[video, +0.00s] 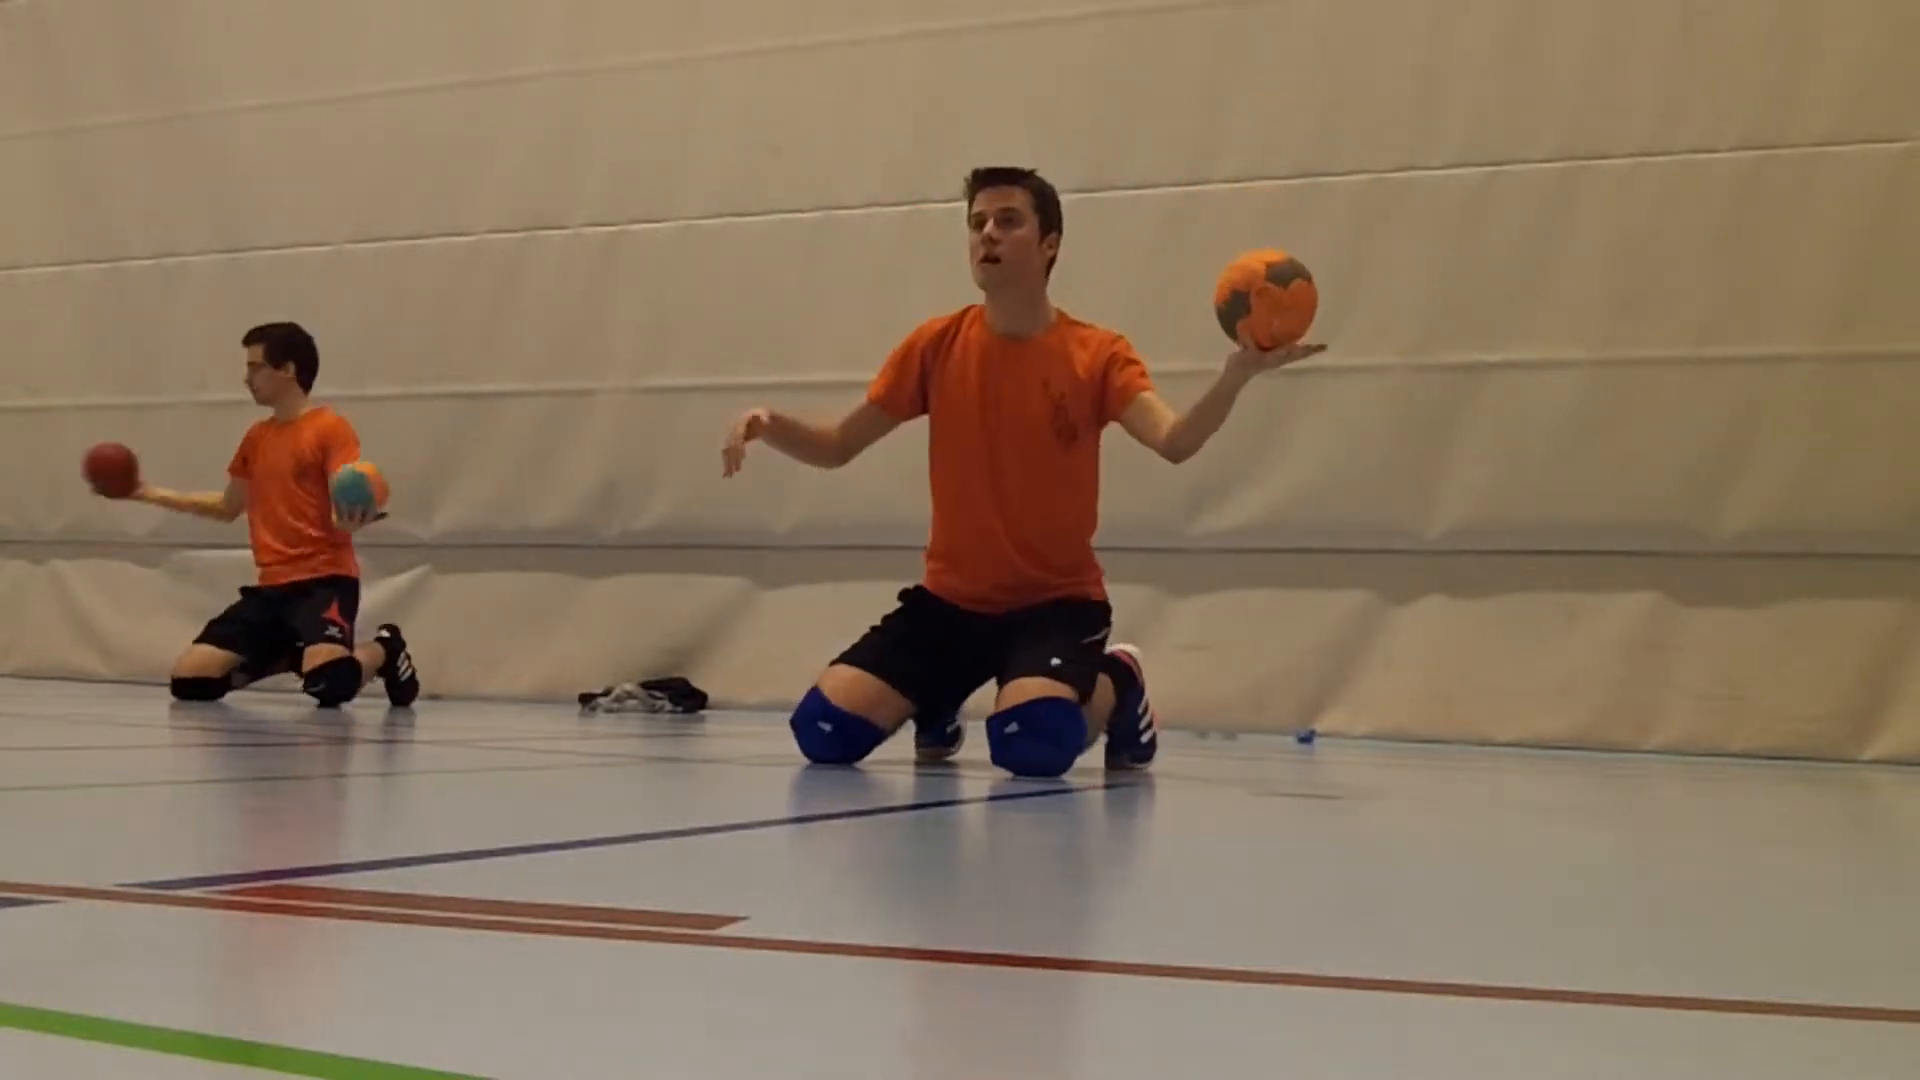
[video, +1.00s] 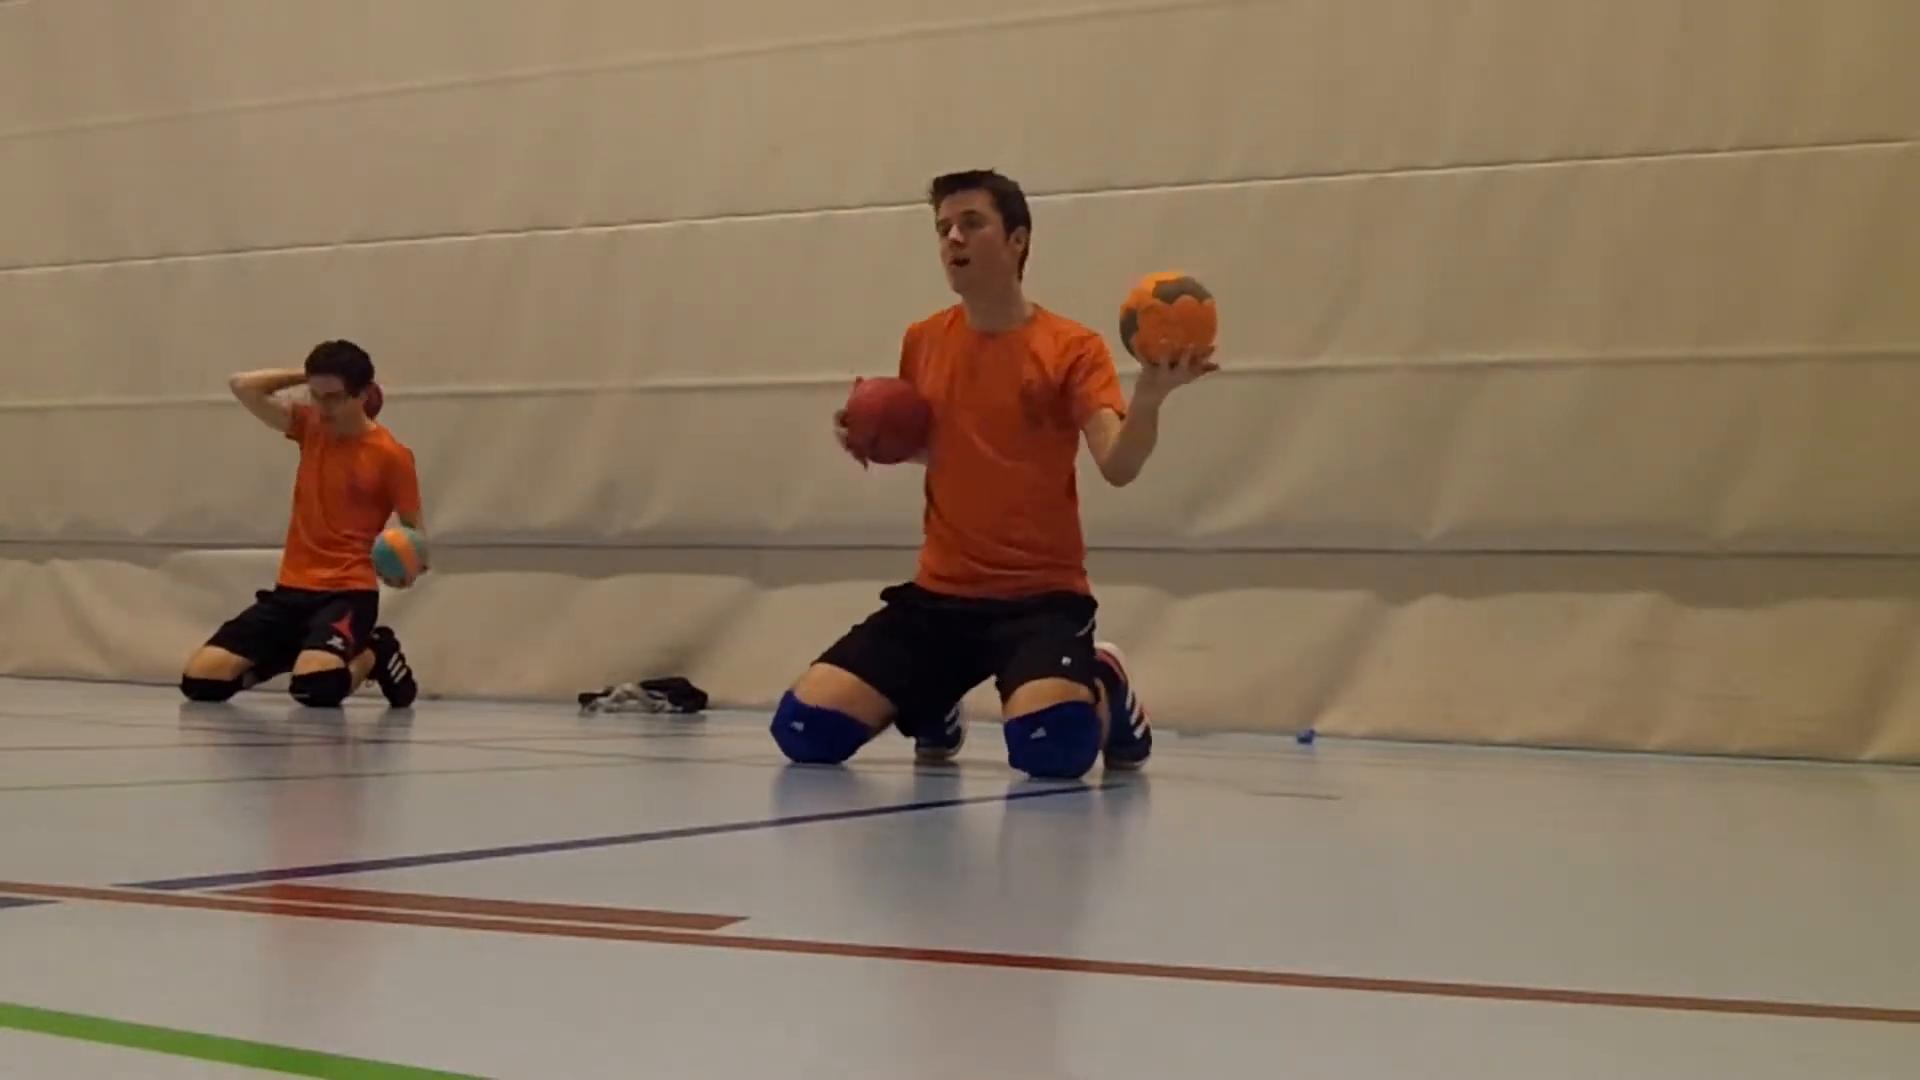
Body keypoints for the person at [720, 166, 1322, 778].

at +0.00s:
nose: (988, 235)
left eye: (1009, 221)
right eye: (978, 224)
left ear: (1050, 247)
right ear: (966, 246)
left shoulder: (1094, 356)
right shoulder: (938, 347)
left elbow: (1177, 441)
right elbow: (836, 444)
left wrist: (1238, 368)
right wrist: (772, 423)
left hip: (1056, 603)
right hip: (949, 601)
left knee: (1029, 750)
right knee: (821, 736)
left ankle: (1118, 684)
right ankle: (936, 690)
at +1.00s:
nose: (953, 239)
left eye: (971, 223)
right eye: (944, 229)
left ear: (1017, 243)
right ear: (938, 248)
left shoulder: (1071, 348)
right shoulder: (924, 343)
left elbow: (1118, 465)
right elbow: (914, 439)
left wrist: (1149, 396)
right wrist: (868, 431)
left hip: (1044, 600)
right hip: (940, 596)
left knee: (1050, 752)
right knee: (803, 734)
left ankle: (1106, 684)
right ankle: (925, 692)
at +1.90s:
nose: (1010, 228)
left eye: (1032, 217)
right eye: (1001, 214)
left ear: (1067, 246)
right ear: (986, 230)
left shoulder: (1095, 351)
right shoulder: (943, 324)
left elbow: (1148, 433)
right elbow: (823, 287)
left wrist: (1174, 332)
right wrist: (783, 161)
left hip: (1057, 605)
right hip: (947, 599)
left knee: (1046, 751)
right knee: (810, 735)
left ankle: (1110, 687)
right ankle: (930, 690)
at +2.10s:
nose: (1022, 185)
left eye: (1043, 174)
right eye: (1011, 175)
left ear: (1078, 208)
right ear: (996, 201)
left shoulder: (1110, 323)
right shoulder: (954, 287)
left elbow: (1174, 423)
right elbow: (832, 276)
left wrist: (1219, 328)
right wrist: (894, 203)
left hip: (1054, 578)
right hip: (943, 568)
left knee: (1048, 754)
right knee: (809, 739)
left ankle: (1102, 683)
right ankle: (929, 676)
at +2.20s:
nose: (1024, 184)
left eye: (1046, 173)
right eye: (1014, 173)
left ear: (1083, 204)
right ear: (999, 199)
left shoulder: (1117, 321)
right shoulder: (956, 291)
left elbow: (1188, 427)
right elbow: (824, 352)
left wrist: (1245, 336)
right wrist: (889, 305)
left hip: (1058, 576)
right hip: (946, 564)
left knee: (1049, 757)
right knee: (811, 739)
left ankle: (1100, 681)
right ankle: (930, 680)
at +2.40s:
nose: (1010, 209)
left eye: (1031, 197)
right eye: (1000, 198)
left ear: (1074, 221)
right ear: (990, 220)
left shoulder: (1117, 341)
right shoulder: (955, 324)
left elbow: (1195, 451)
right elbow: (853, 418)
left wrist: (1266, 370)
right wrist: (817, 422)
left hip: (1068, 594)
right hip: (959, 587)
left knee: (1053, 753)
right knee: (820, 736)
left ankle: (1107, 685)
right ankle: (935, 689)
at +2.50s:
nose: (1004, 231)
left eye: (1024, 217)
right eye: (994, 220)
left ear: (1067, 243)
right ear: (982, 240)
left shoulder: (1111, 359)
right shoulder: (953, 342)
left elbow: (1187, 468)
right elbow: (852, 433)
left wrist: (1253, 392)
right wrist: (795, 436)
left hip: (1065, 607)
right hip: (958, 601)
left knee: (1047, 753)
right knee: (821, 737)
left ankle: (1115, 691)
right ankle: (938, 689)